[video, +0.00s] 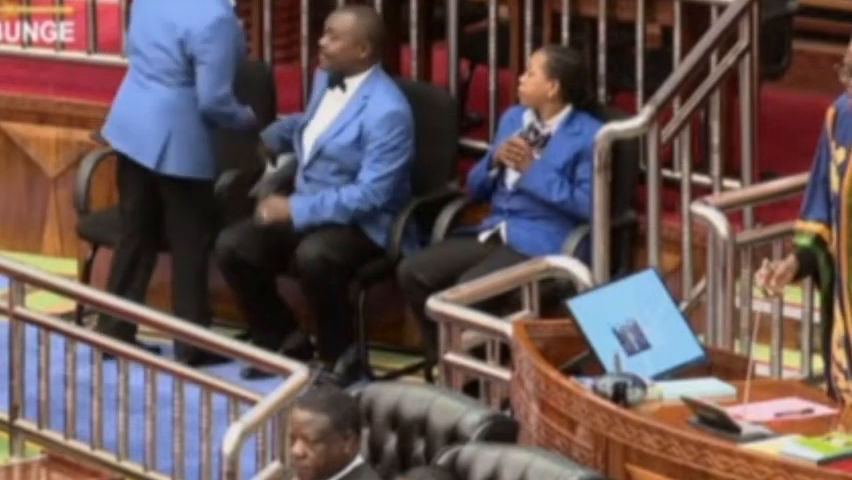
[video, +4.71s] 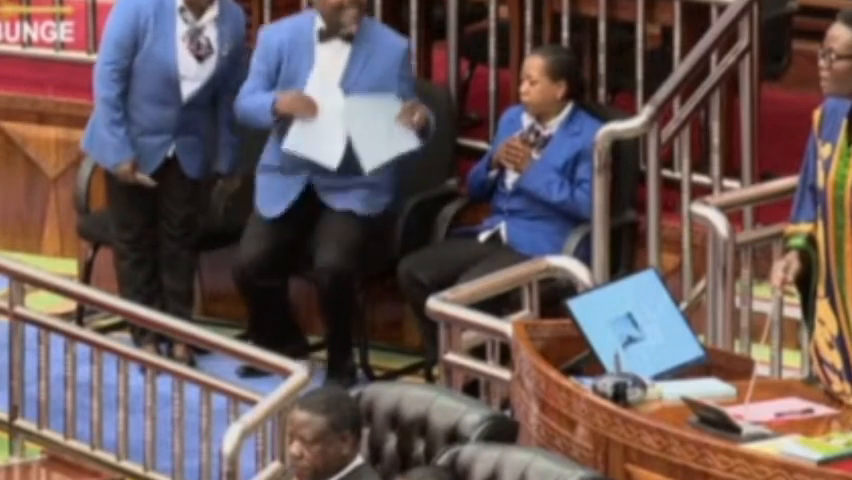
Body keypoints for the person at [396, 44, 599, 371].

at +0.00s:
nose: (520, 79)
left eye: (529, 74)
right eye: (524, 72)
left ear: (552, 87)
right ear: (550, 87)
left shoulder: (590, 135)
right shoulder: (513, 119)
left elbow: (590, 207)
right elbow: (475, 189)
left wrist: (530, 171)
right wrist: (495, 163)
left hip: (539, 250)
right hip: (494, 237)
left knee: (462, 297)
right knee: (414, 271)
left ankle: (483, 380)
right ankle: (448, 365)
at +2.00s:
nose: (519, 86)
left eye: (527, 80)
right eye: (521, 78)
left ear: (553, 91)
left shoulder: (589, 136)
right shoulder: (512, 120)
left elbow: (590, 207)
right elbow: (475, 190)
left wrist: (530, 172)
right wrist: (494, 165)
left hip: (539, 250)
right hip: (495, 235)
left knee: (463, 296)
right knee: (414, 271)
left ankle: (484, 380)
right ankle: (446, 366)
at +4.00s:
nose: (553, 88)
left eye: (562, 80)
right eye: (544, 79)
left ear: (576, 85)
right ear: (530, 84)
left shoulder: (590, 135)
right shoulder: (512, 119)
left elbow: (589, 207)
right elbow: (474, 189)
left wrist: (530, 170)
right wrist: (495, 163)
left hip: (539, 250)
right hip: (494, 238)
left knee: (460, 299)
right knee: (414, 271)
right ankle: (444, 365)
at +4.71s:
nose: (523, 91)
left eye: (532, 83)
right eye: (522, 81)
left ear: (561, 90)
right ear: (519, 83)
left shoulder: (590, 135)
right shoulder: (512, 119)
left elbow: (589, 206)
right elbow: (475, 190)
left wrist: (529, 171)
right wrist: (494, 164)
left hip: (539, 250)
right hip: (495, 237)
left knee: (462, 297)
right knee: (414, 271)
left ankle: (485, 379)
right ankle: (447, 364)